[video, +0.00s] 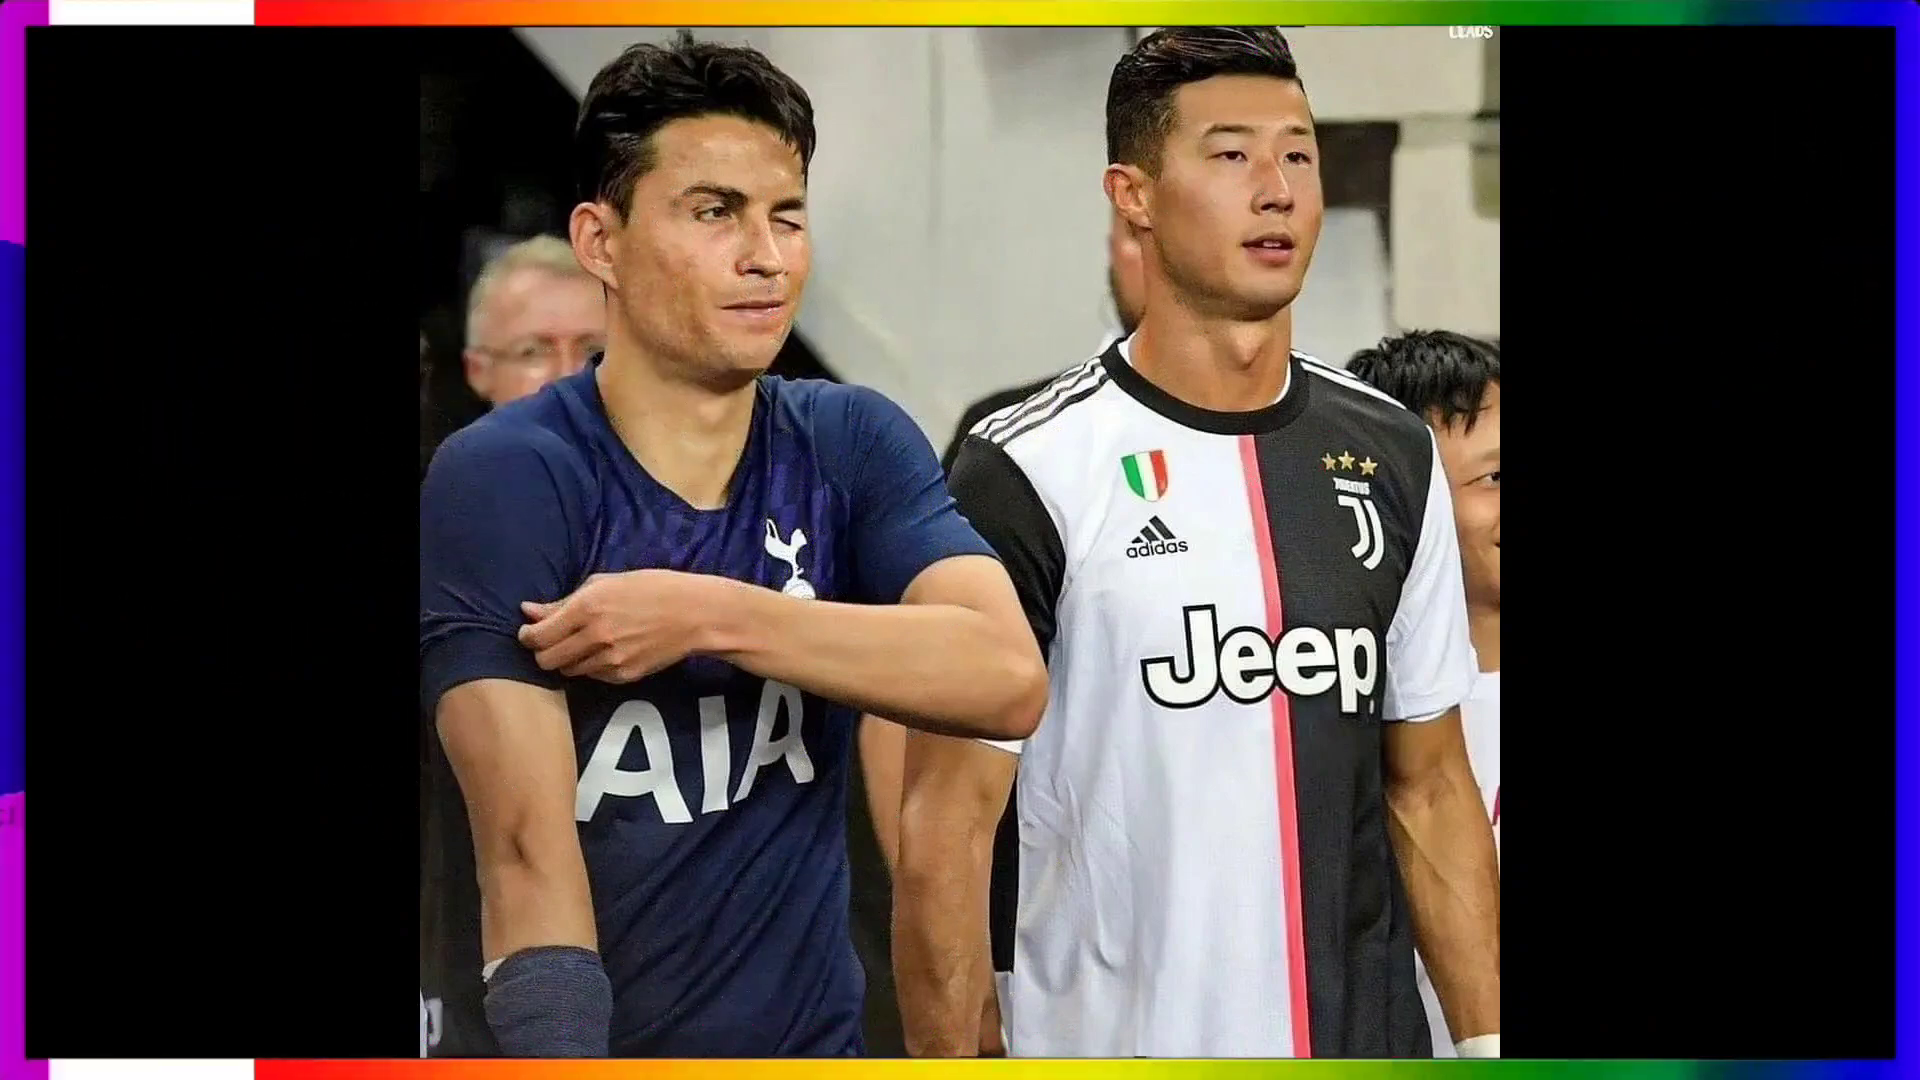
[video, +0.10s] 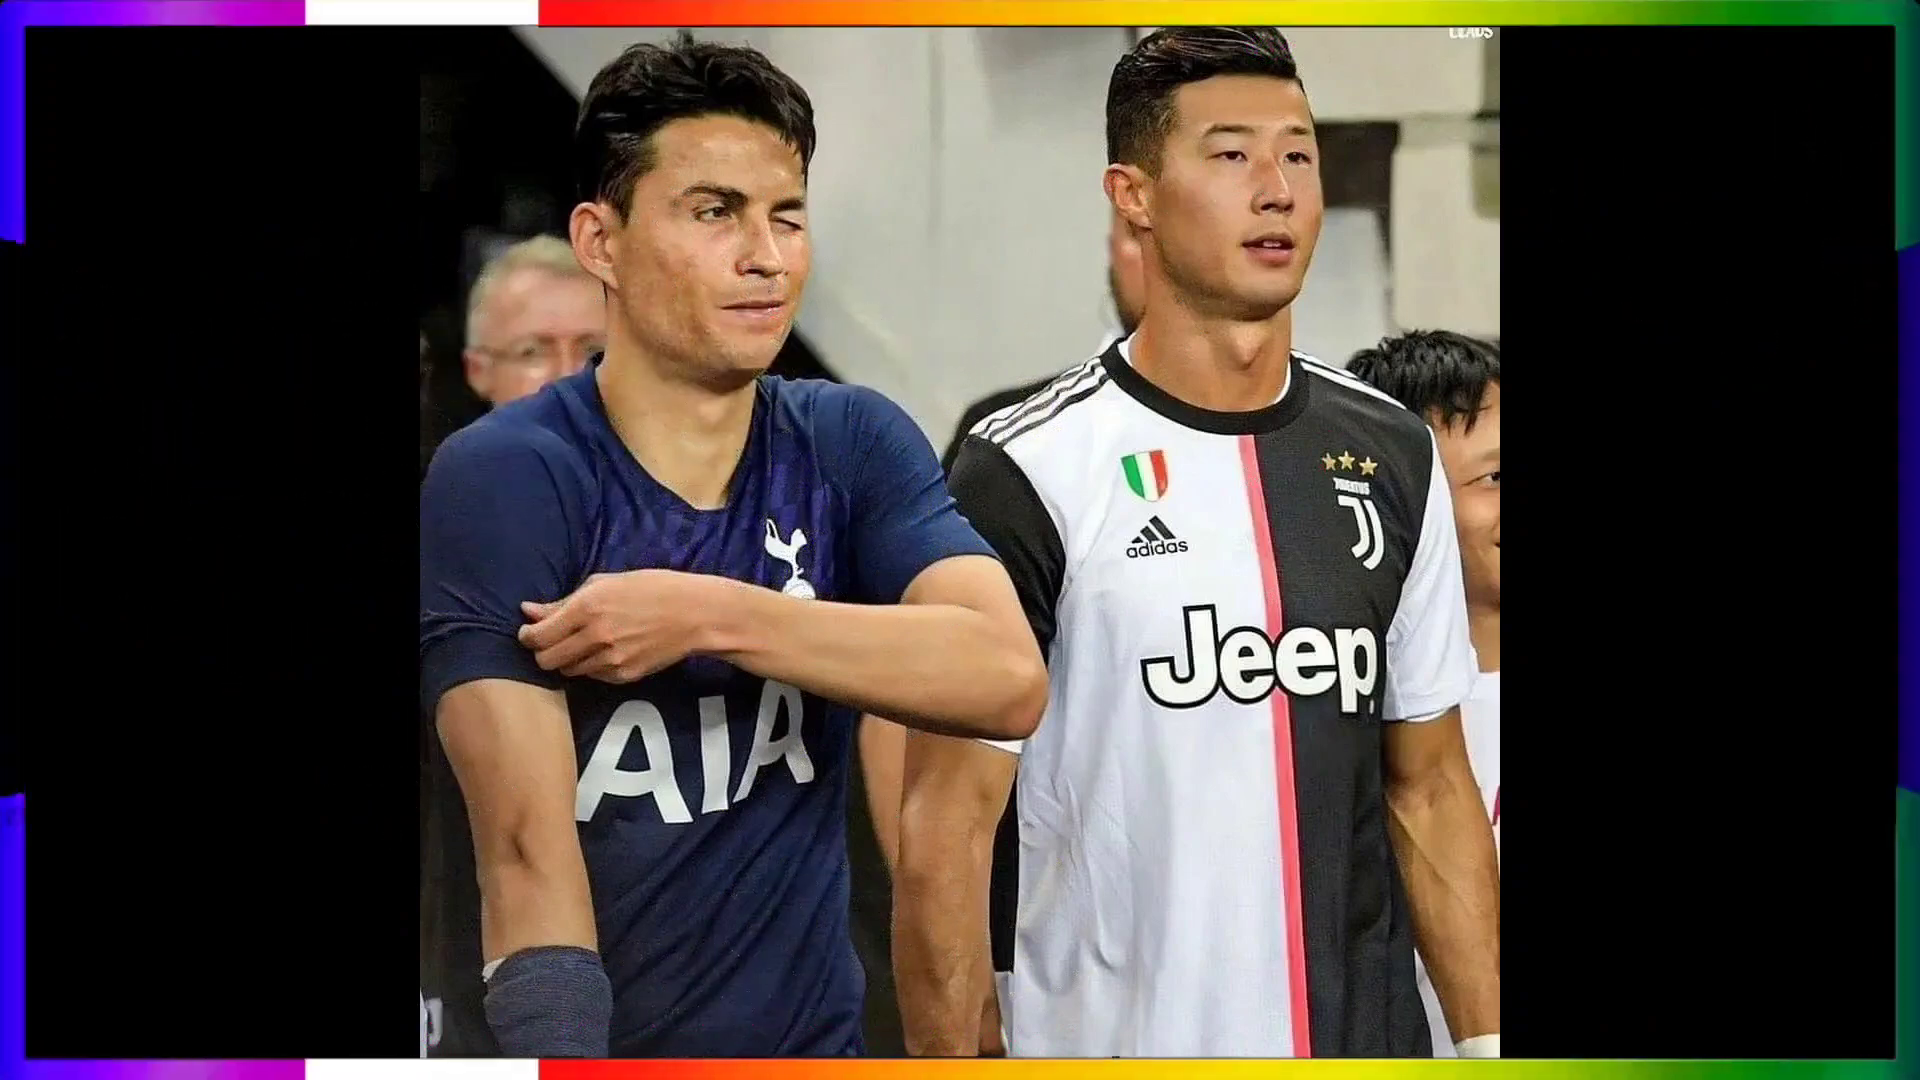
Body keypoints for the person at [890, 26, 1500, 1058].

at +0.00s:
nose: (1279, 193)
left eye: (1297, 159)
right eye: (1230, 157)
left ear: (1319, 187)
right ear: (1133, 197)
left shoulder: (1392, 451)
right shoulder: (1022, 462)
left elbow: (1430, 785)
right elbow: (948, 815)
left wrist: (1484, 1046)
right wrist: (952, 1067)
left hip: (1359, 1046)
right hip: (1108, 1045)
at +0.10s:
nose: (1279, 193)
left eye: (1298, 159)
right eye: (1230, 156)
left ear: (1320, 187)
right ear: (1133, 197)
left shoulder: (1392, 451)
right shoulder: (1022, 462)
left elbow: (1431, 786)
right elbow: (947, 817)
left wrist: (1484, 1047)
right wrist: (953, 1066)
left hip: (1359, 1046)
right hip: (1109, 1045)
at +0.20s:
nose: (1279, 193)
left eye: (1298, 159)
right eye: (1230, 156)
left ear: (1320, 187)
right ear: (1133, 197)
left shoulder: (1392, 451)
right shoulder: (1022, 462)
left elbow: (1431, 786)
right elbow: (947, 817)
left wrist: (1483, 1047)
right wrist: (954, 1066)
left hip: (1358, 1045)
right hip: (1107, 1045)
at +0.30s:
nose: (1279, 193)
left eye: (1298, 159)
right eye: (1230, 156)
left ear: (1320, 187)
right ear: (1133, 197)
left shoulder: (1392, 451)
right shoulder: (1022, 462)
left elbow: (1431, 786)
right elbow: (947, 816)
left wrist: (1482, 1046)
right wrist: (953, 1069)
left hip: (1358, 1046)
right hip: (1107, 1048)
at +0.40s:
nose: (1279, 193)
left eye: (1298, 158)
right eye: (1230, 156)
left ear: (1320, 186)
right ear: (1134, 198)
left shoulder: (1392, 452)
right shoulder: (1022, 462)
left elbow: (1431, 786)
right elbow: (947, 816)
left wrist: (1482, 1045)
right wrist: (954, 1067)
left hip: (1360, 1045)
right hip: (1109, 1048)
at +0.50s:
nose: (1279, 193)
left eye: (1297, 159)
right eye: (1230, 156)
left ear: (1319, 187)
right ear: (1133, 197)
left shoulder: (1392, 451)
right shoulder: (1022, 462)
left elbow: (1431, 785)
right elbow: (948, 816)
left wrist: (1483, 1049)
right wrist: (952, 1066)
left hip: (1358, 1046)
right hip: (1107, 1046)